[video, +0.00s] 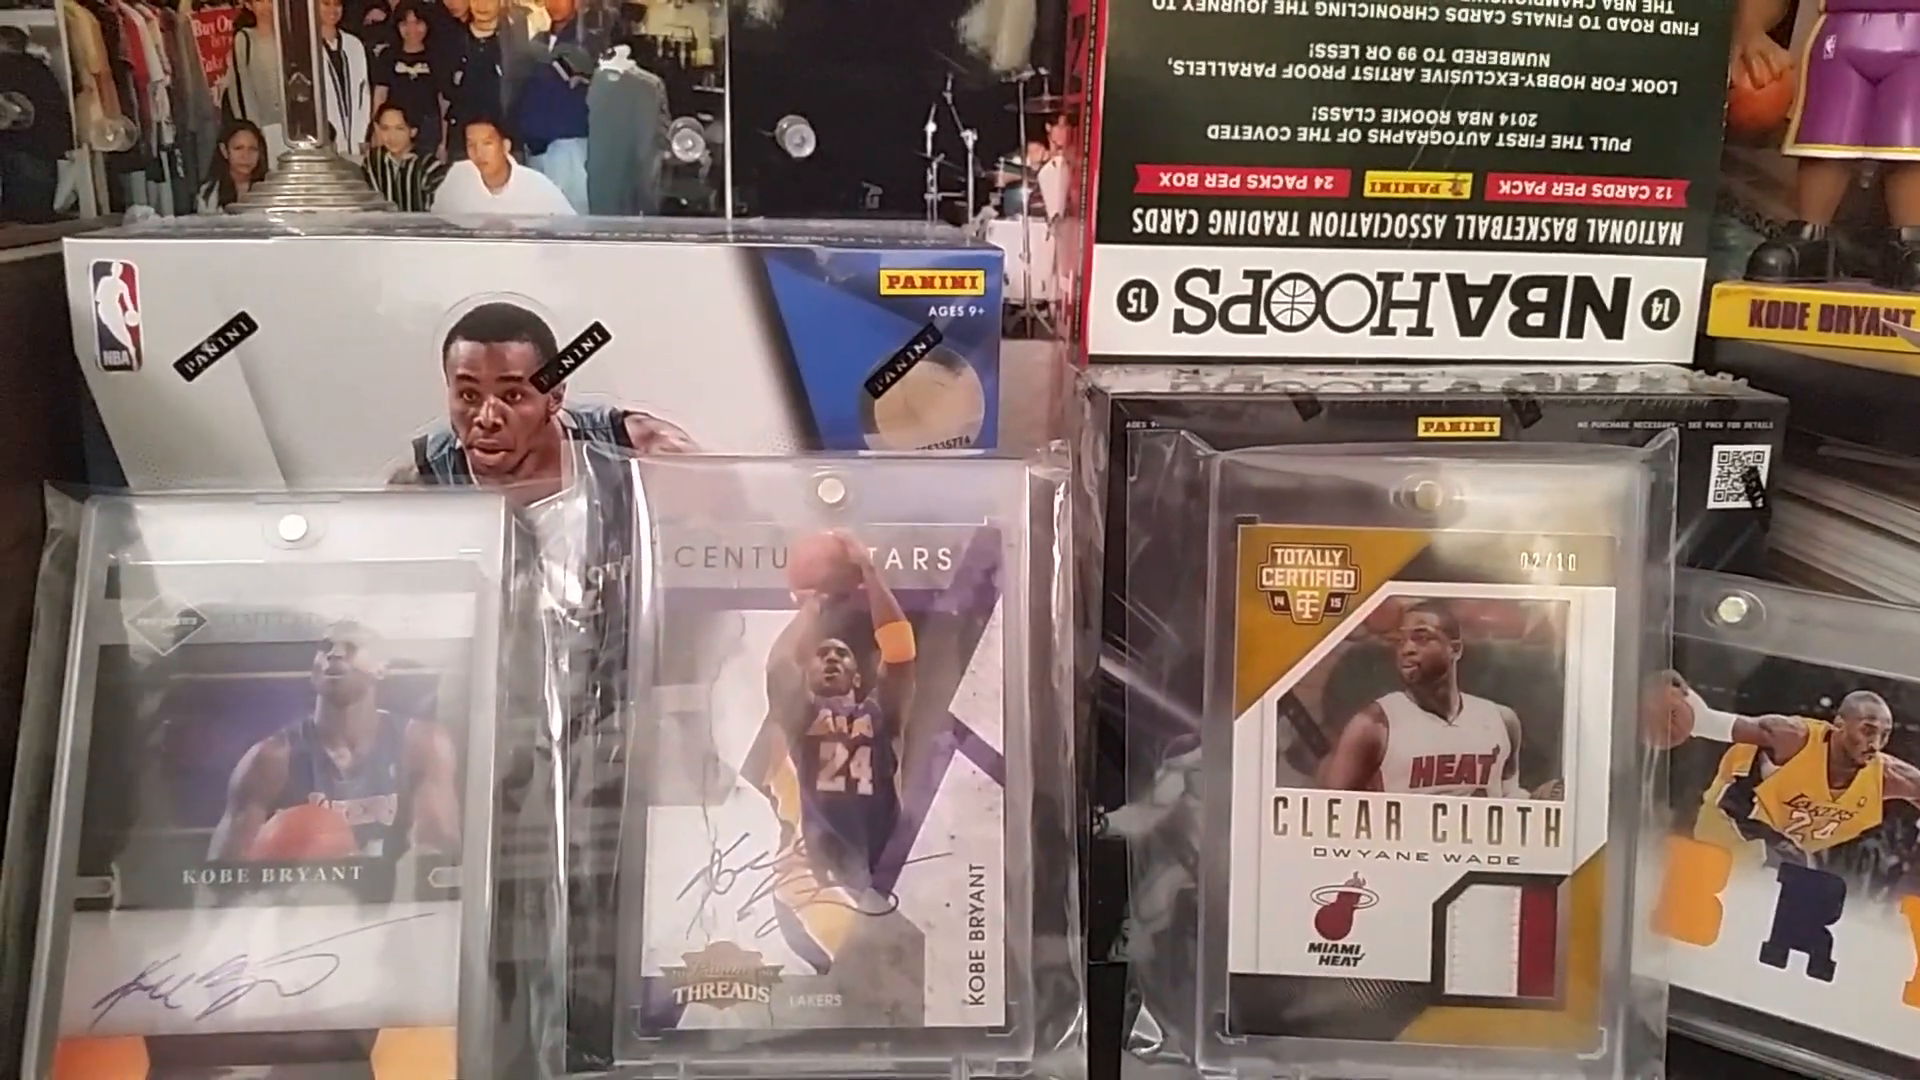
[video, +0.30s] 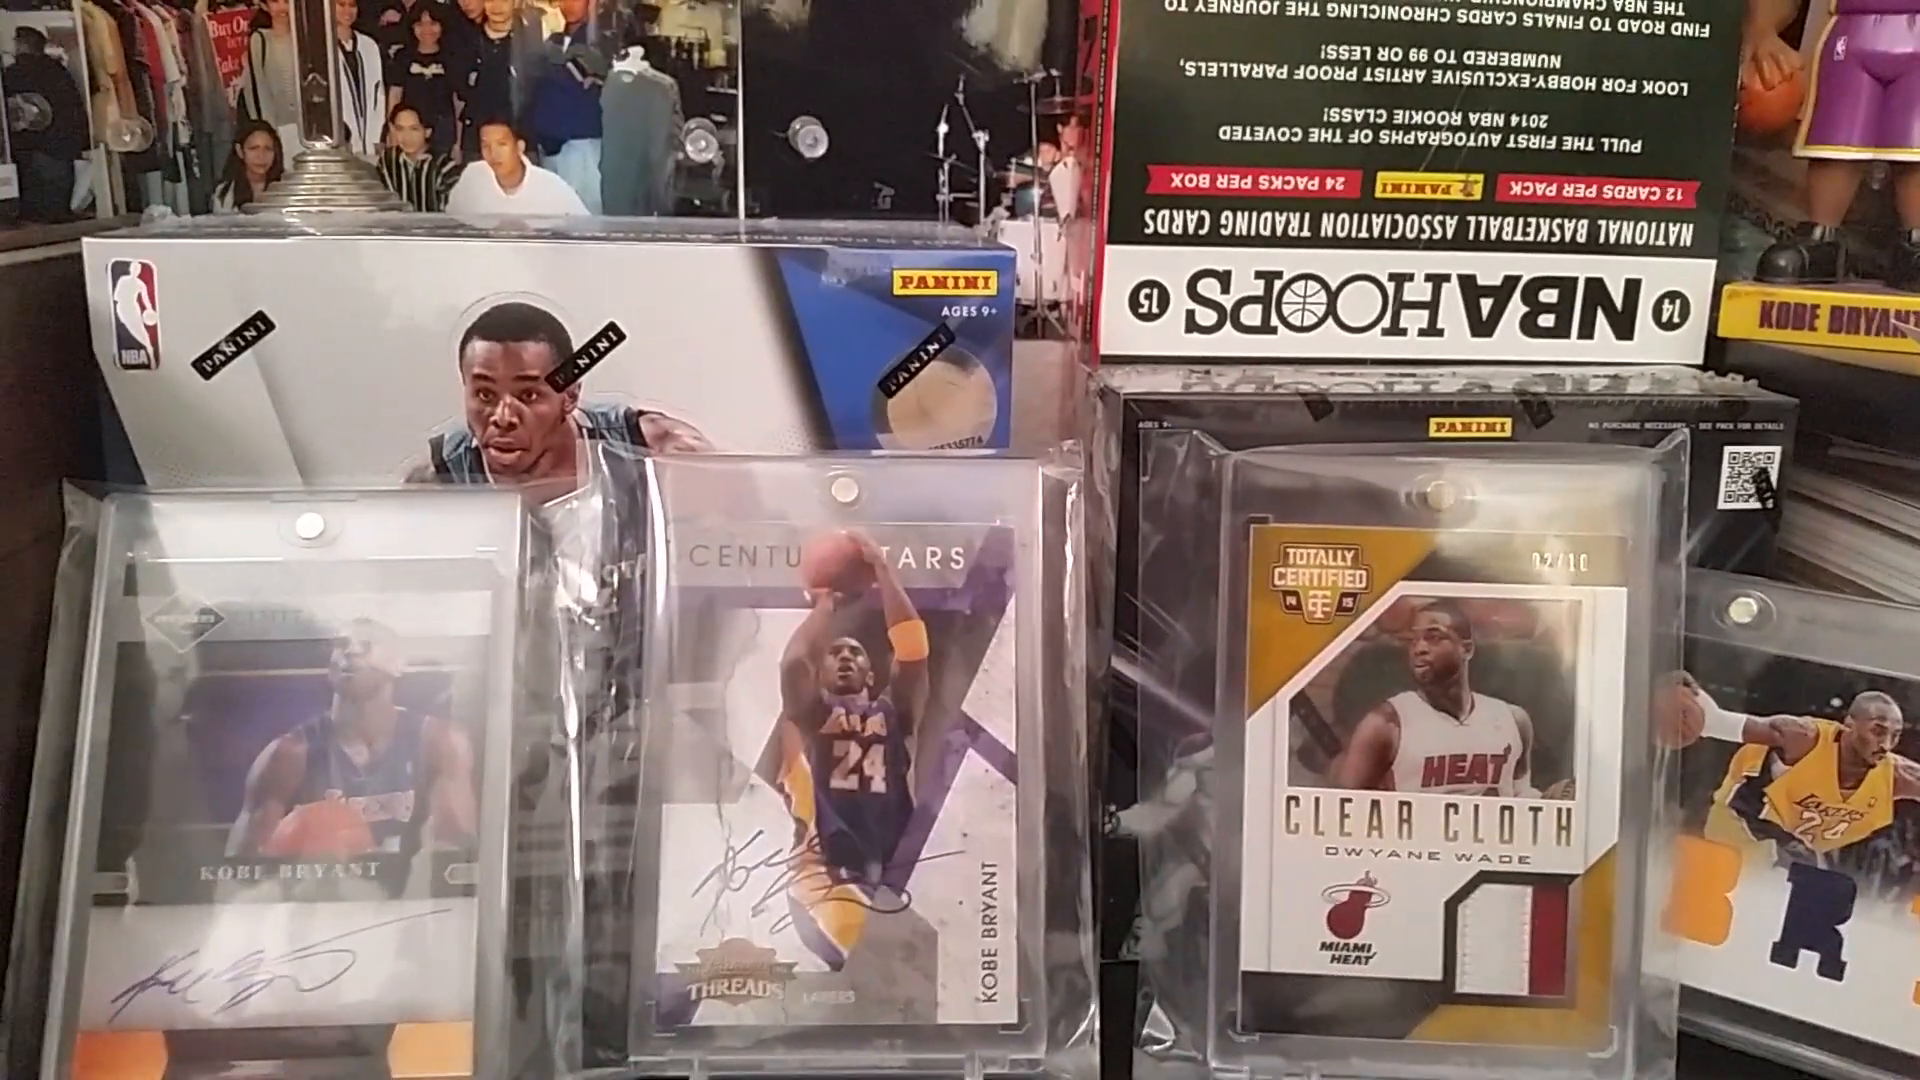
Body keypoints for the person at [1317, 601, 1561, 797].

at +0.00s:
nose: (1406, 649)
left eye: (1422, 637)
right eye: (1401, 640)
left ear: (1456, 649)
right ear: (1394, 648)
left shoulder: (1503, 723)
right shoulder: (1372, 726)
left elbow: (1508, 800)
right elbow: (1326, 816)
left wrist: (1537, 802)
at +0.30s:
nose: (1418, 649)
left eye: (1434, 637)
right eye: (1413, 640)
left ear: (1467, 648)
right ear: (1407, 648)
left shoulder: (1515, 723)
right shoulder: (1383, 726)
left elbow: (1519, 802)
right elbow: (1342, 817)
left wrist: (1548, 802)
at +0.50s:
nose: (1451, 645)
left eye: (1465, 636)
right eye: (1444, 638)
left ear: (1498, 647)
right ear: (1437, 650)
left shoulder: (1546, 720)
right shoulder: (1415, 721)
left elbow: (1554, 799)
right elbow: (1374, 807)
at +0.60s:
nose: (1464, 645)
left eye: (1479, 634)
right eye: (1458, 636)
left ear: (1513, 646)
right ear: (1452, 646)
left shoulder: (1560, 719)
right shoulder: (1429, 721)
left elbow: (1565, 806)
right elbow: (1387, 811)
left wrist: (1597, 796)